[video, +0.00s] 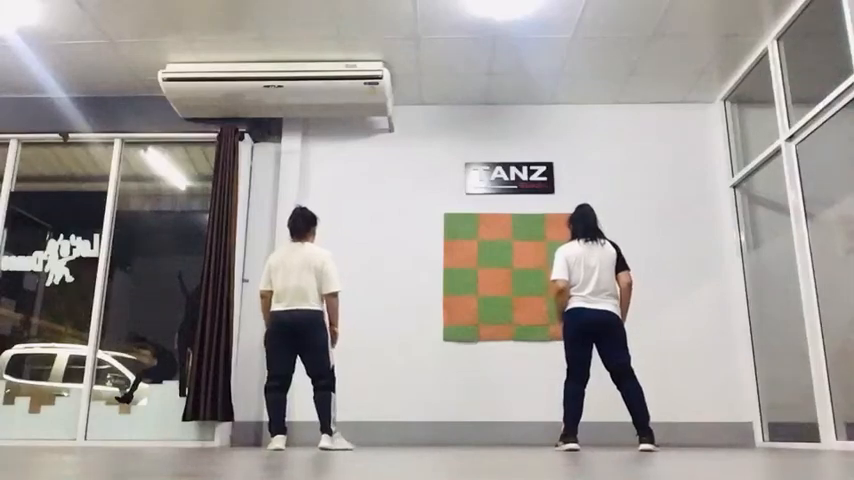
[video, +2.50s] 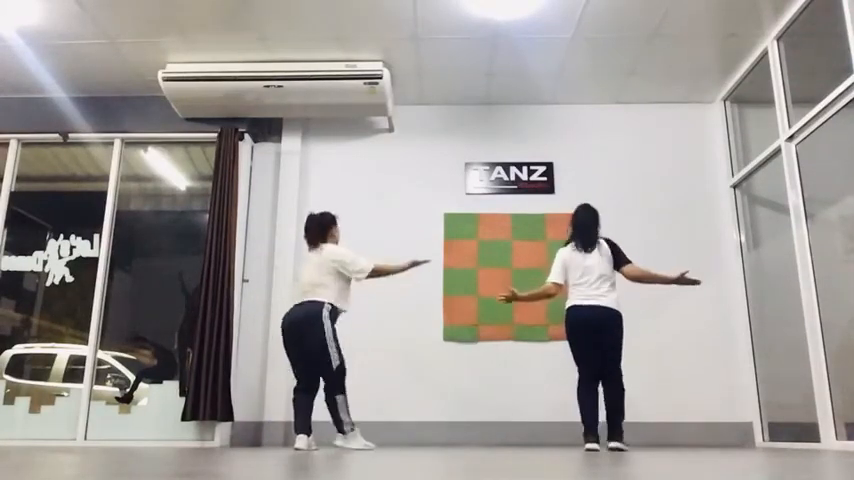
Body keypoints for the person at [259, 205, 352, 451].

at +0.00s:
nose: (315, 234)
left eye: (313, 230)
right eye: (314, 230)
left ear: (290, 231)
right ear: (312, 231)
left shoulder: (276, 257)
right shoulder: (320, 255)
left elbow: (265, 294)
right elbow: (331, 295)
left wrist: (269, 324)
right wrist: (334, 325)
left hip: (279, 322)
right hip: (311, 321)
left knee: (276, 379)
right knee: (322, 378)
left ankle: (278, 435)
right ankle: (327, 434)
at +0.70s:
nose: (338, 231)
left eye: (336, 228)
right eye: (337, 228)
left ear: (313, 230)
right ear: (335, 230)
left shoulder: (303, 257)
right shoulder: (345, 256)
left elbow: (293, 293)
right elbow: (362, 291)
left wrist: (301, 318)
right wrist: (363, 320)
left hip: (305, 320)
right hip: (335, 321)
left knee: (291, 376)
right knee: (334, 380)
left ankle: (279, 431)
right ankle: (325, 435)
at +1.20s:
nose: (349, 234)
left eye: (343, 230)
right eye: (349, 230)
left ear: (326, 231)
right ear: (349, 231)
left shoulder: (315, 253)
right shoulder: (358, 251)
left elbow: (297, 278)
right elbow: (389, 269)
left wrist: (317, 293)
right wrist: (368, 289)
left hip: (317, 319)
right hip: (347, 320)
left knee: (316, 373)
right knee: (341, 381)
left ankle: (294, 410)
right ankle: (326, 436)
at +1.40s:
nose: (355, 246)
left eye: (353, 243)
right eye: (355, 243)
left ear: (331, 243)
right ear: (353, 244)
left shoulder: (318, 264)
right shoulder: (358, 263)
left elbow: (301, 291)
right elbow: (384, 289)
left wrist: (318, 303)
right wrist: (360, 301)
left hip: (315, 321)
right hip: (345, 323)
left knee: (327, 374)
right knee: (346, 383)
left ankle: (321, 416)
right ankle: (326, 435)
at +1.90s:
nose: (342, 229)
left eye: (336, 225)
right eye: (343, 225)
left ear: (322, 227)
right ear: (345, 227)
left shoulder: (313, 250)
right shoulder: (356, 252)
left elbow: (307, 276)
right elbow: (361, 279)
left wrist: (328, 279)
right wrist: (338, 279)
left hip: (313, 309)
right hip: (342, 309)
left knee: (311, 374)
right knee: (340, 375)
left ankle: (310, 433)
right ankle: (328, 432)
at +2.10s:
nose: (341, 236)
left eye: (340, 233)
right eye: (341, 233)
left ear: (314, 234)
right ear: (338, 234)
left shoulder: (309, 257)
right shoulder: (343, 254)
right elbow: (353, 277)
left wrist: (362, 276)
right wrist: (367, 276)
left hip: (305, 318)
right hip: (333, 317)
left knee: (311, 379)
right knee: (347, 375)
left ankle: (302, 435)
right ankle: (334, 428)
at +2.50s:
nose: (339, 232)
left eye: (337, 228)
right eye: (336, 228)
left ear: (313, 234)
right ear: (330, 231)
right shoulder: (334, 253)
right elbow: (369, 270)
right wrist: (404, 266)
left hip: (293, 319)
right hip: (318, 316)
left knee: (306, 378)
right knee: (334, 374)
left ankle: (302, 436)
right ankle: (347, 434)